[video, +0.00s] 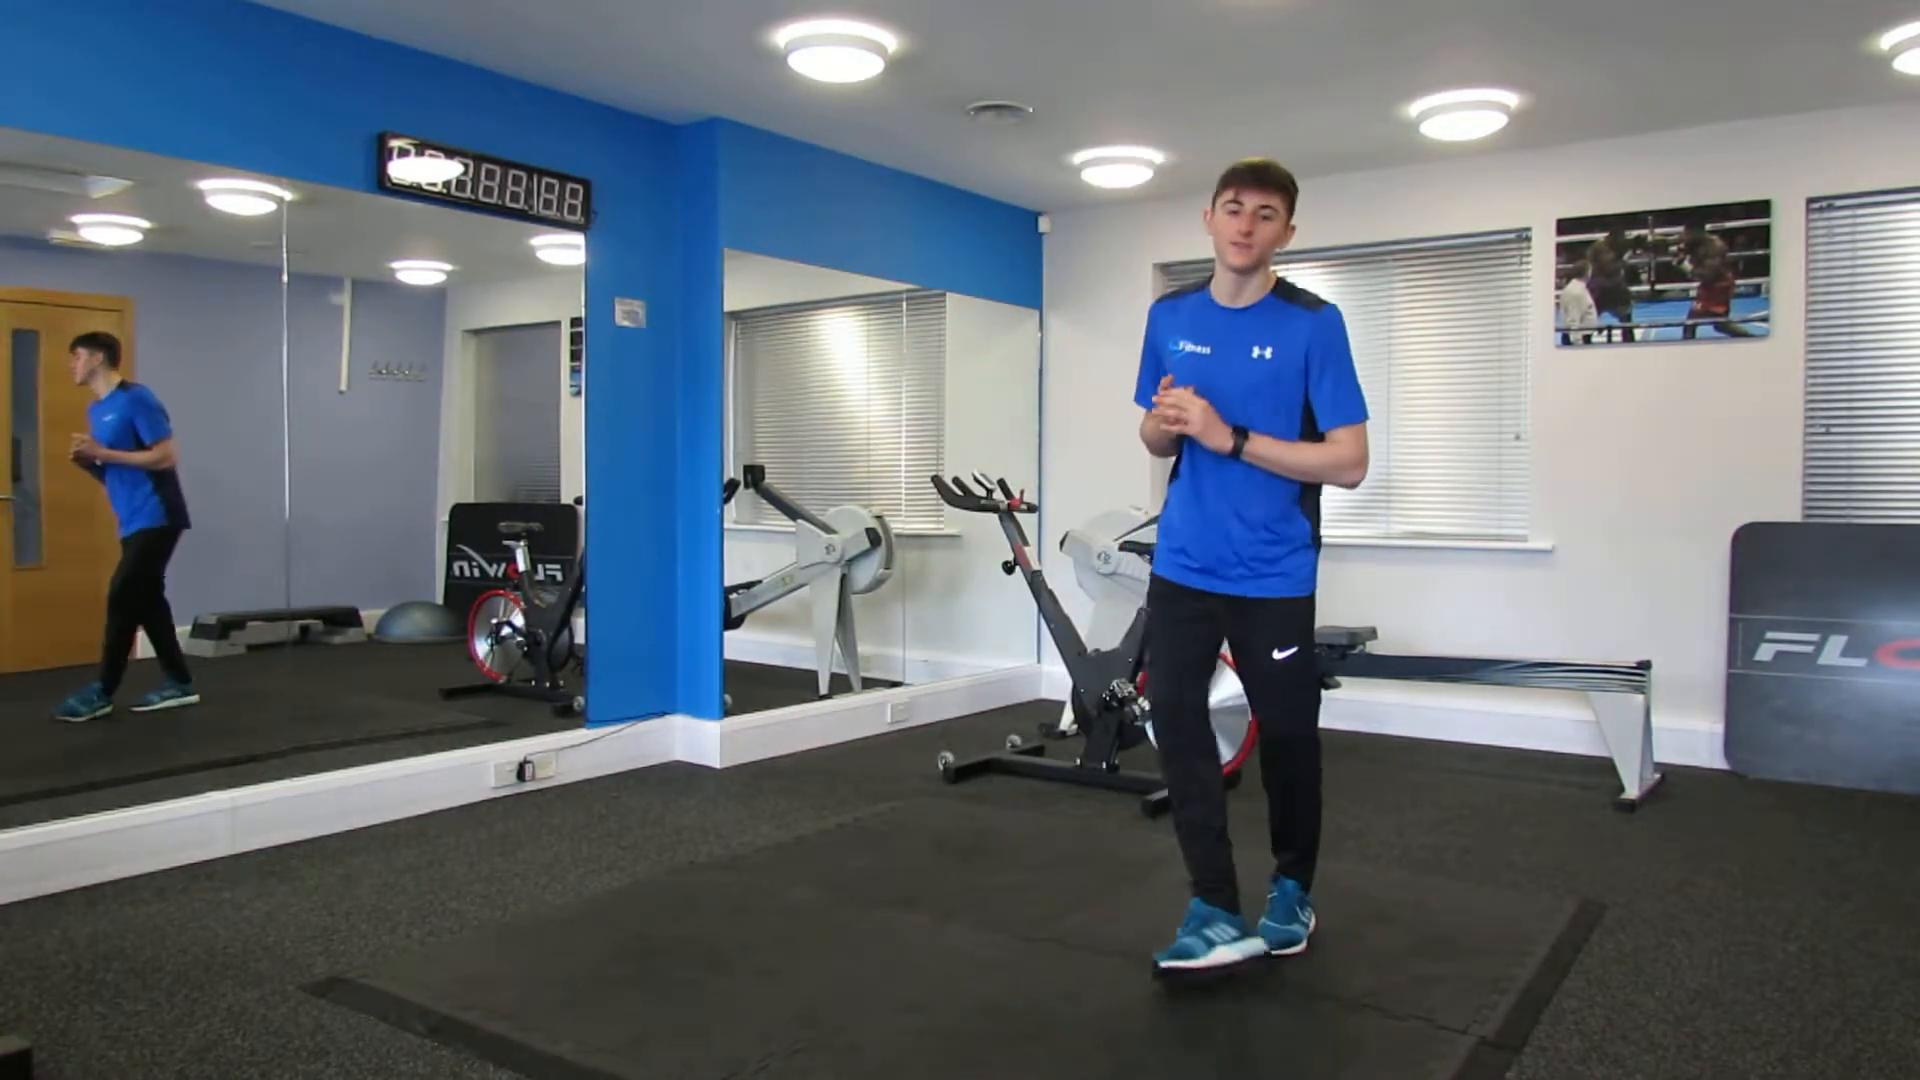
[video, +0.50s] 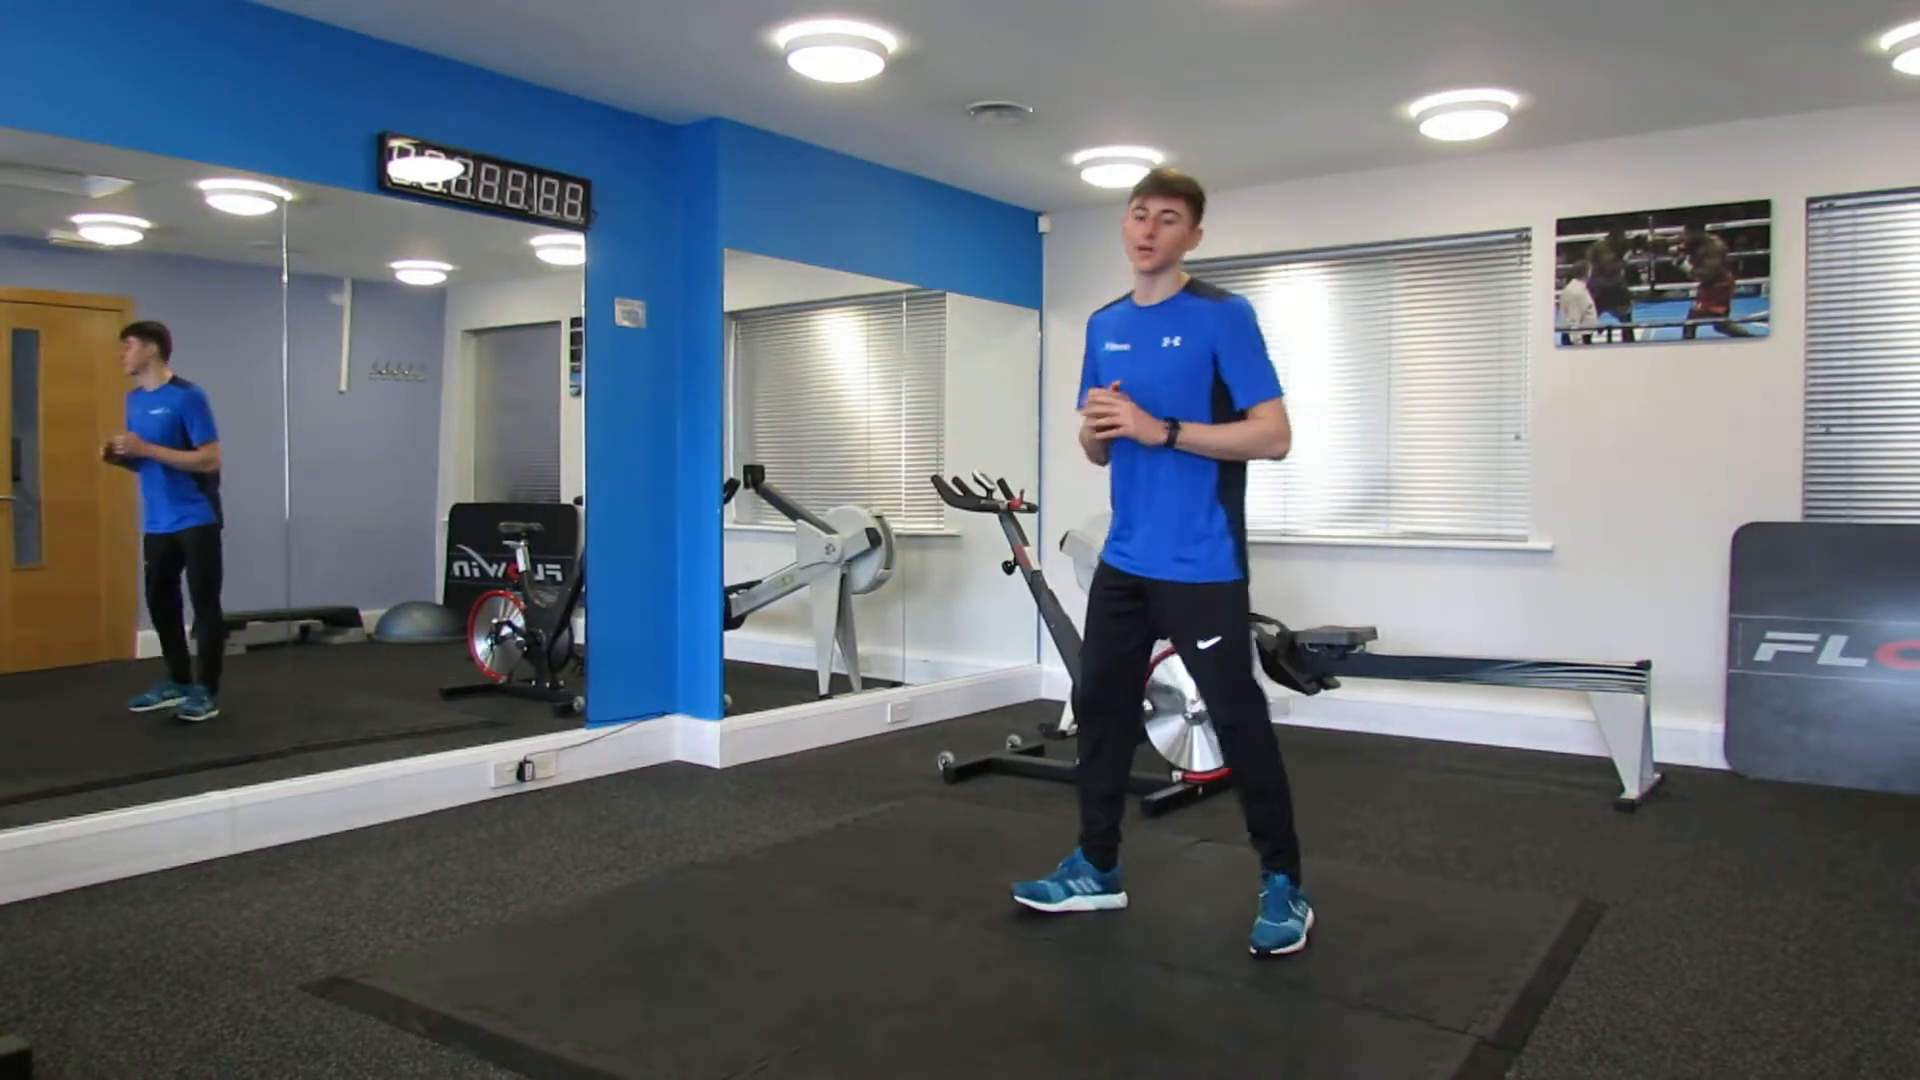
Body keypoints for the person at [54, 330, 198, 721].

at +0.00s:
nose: (73, 366)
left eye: (78, 357)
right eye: (73, 358)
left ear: (100, 358)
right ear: (95, 361)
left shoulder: (138, 398)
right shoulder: (96, 411)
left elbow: (167, 455)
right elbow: (114, 475)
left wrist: (104, 453)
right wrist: (86, 460)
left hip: (159, 519)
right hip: (132, 524)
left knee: (122, 596)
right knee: (150, 602)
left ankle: (104, 691)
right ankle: (181, 682)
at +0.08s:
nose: (79, 365)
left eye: (84, 356)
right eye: (79, 358)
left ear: (107, 356)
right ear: (101, 359)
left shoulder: (146, 396)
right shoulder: (105, 411)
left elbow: (180, 452)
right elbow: (125, 476)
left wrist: (116, 453)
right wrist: (97, 462)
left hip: (169, 514)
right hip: (141, 519)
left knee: (133, 588)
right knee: (154, 597)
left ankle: (130, 684)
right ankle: (181, 682)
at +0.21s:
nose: (93, 361)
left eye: (98, 352)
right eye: (93, 353)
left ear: (120, 353)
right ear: (116, 355)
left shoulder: (158, 395)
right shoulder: (116, 405)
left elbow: (191, 450)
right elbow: (131, 462)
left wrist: (128, 449)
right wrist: (106, 454)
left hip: (175, 512)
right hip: (148, 516)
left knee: (160, 594)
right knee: (156, 596)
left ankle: (181, 683)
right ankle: (172, 681)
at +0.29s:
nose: (102, 358)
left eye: (108, 350)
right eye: (103, 351)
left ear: (130, 351)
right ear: (126, 353)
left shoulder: (168, 395)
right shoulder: (125, 403)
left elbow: (196, 453)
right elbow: (140, 460)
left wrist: (133, 449)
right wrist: (112, 453)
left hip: (180, 514)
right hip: (151, 518)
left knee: (177, 599)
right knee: (159, 601)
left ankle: (195, 685)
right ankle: (176, 680)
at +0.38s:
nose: (111, 356)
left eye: (117, 348)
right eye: (112, 349)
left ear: (139, 350)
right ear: (133, 352)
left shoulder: (176, 396)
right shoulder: (129, 403)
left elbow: (201, 455)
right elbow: (144, 460)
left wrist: (137, 449)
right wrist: (116, 454)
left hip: (187, 519)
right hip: (154, 522)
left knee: (192, 603)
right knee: (165, 603)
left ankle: (202, 687)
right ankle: (178, 681)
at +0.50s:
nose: (123, 354)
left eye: (128, 346)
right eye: (123, 347)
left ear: (153, 350)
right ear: (141, 353)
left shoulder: (189, 396)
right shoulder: (134, 400)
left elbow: (212, 459)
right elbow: (146, 461)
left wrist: (147, 449)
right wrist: (118, 456)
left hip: (197, 520)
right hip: (157, 523)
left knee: (205, 604)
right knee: (161, 602)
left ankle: (207, 691)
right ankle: (179, 681)